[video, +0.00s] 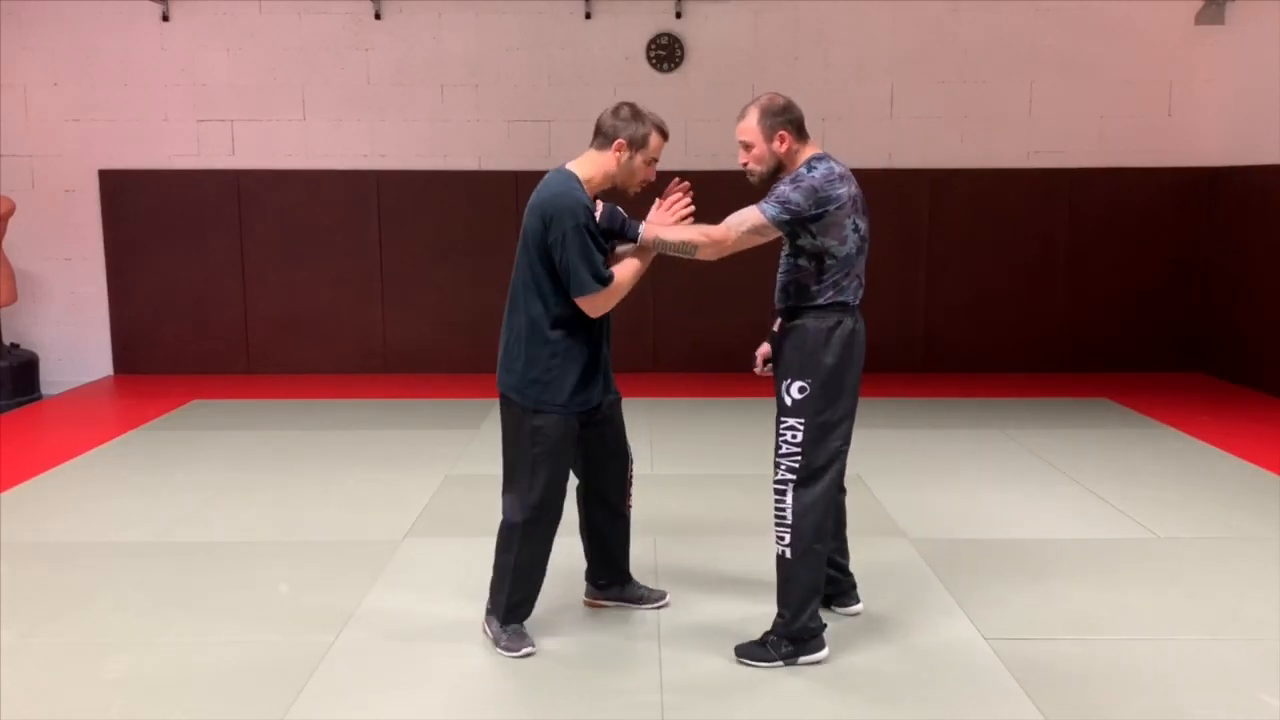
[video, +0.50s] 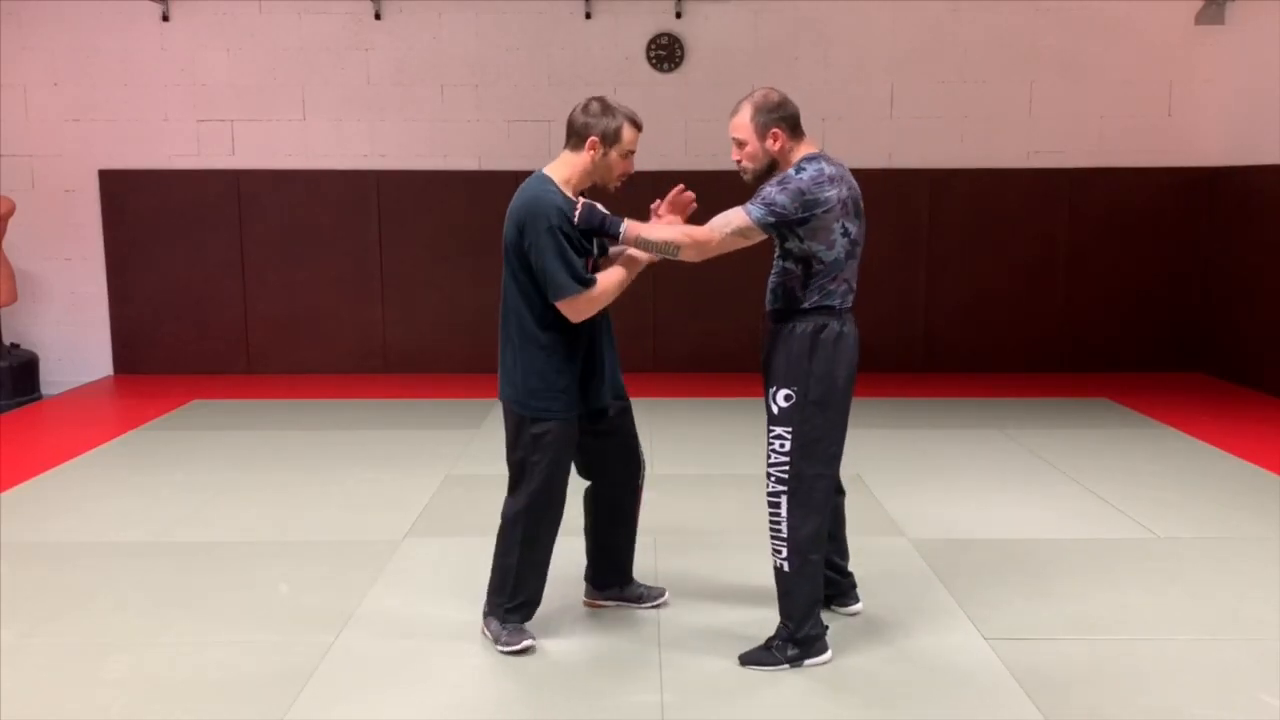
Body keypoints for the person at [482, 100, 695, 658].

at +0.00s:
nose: (651, 175)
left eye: (654, 164)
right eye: (649, 164)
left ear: (618, 151)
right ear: (620, 151)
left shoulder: (588, 194)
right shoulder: (564, 204)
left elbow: (625, 252)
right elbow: (595, 301)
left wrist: (657, 228)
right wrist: (647, 245)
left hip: (585, 372)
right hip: (541, 377)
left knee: (609, 476)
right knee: (533, 502)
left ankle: (608, 580)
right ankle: (505, 615)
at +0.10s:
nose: (639, 171)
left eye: (643, 161)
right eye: (637, 159)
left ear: (606, 147)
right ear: (608, 148)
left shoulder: (577, 193)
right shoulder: (555, 206)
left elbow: (617, 247)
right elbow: (591, 301)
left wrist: (653, 229)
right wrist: (640, 242)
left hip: (582, 370)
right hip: (538, 377)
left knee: (609, 474)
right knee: (532, 500)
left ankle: (609, 580)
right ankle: (505, 615)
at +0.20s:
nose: (633, 166)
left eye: (636, 155)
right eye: (631, 153)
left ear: (599, 143)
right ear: (601, 144)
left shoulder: (575, 192)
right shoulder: (550, 203)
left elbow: (623, 240)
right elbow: (586, 298)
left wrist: (651, 223)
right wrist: (634, 239)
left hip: (582, 372)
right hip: (537, 378)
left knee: (606, 478)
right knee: (532, 501)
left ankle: (609, 580)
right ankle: (507, 615)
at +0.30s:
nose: (630, 165)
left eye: (633, 155)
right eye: (628, 153)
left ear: (595, 143)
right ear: (598, 143)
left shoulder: (573, 193)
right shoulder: (549, 201)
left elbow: (625, 238)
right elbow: (587, 298)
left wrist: (652, 219)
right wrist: (632, 240)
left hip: (582, 373)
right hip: (538, 379)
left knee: (604, 479)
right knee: (531, 501)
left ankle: (608, 580)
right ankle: (506, 614)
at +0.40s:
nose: (631, 166)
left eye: (633, 156)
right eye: (628, 154)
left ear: (595, 144)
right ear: (597, 144)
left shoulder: (573, 193)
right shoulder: (547, 203)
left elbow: (621, 239)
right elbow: (585, 299)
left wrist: (647, 220)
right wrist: (630, 245)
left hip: (583, 373)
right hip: (539, 379)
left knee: (606, 478)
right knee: (531, 499)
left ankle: (608, 580)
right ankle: (505, 613)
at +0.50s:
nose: (630, 168)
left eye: (632, 157)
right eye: (626, 155)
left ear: (591, 148)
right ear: (593, 147)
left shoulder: (577, 201)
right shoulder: (540, 209)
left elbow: (611, 258)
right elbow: (579, 306)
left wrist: (657, 227)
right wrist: (637, 258)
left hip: (589, 374)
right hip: (541, 381)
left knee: (619, 471)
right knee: (536, 497)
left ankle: (609, 581)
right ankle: (505, 613)